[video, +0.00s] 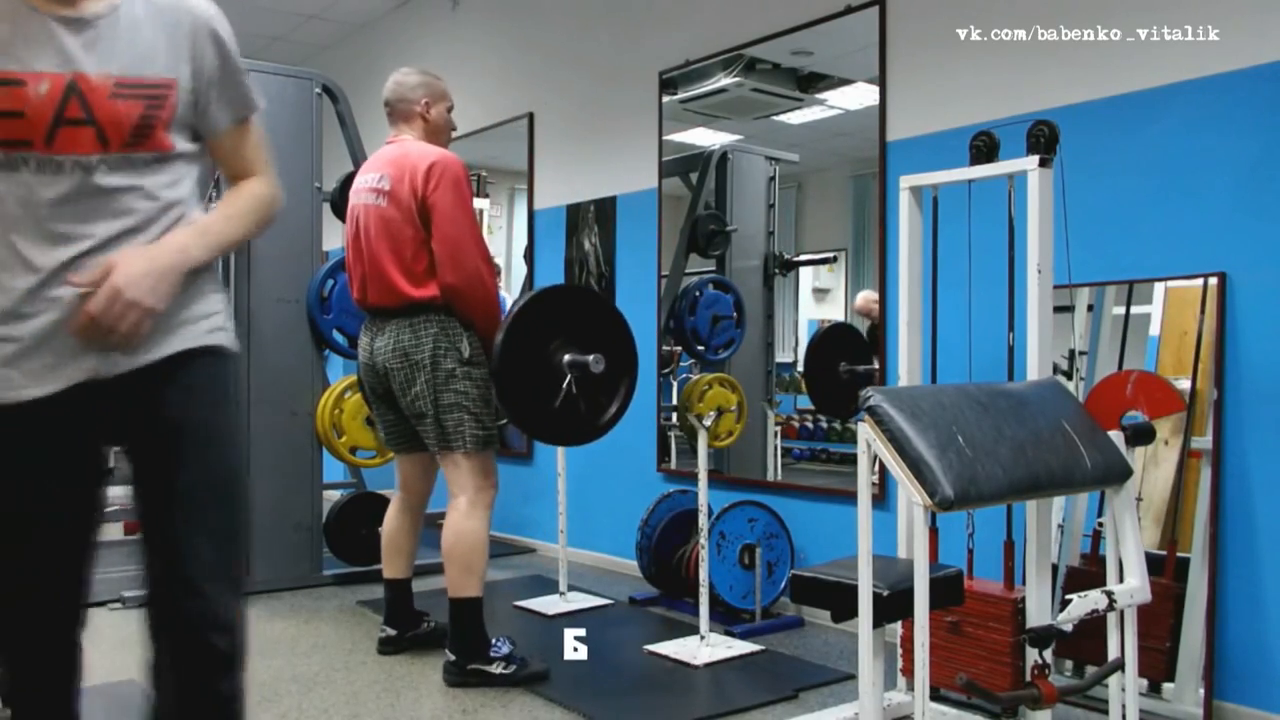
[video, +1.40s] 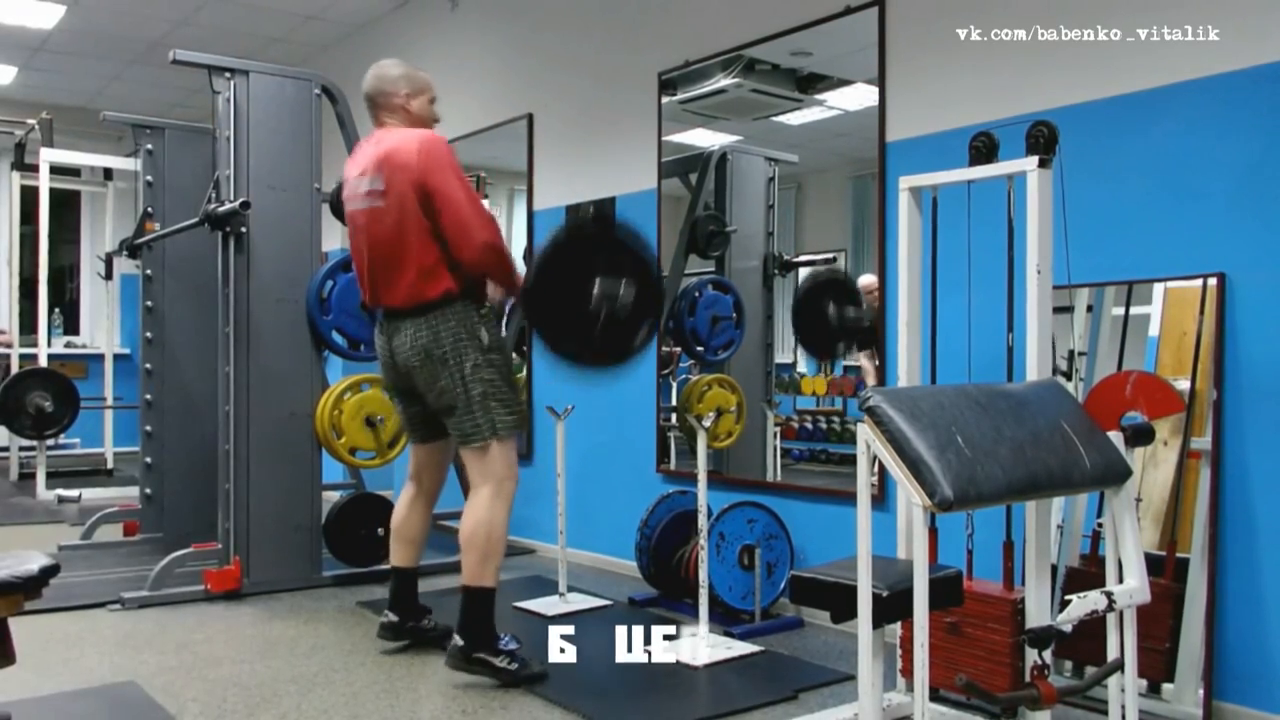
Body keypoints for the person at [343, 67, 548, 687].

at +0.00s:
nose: (453, 122)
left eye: (451, 112)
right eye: (450, 111)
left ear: (399, 112)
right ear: (427, 108)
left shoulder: (368, 171)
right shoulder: (438, 164)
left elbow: (360, 271)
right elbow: (464, 270)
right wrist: (498, 341)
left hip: (378, 338)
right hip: (436, 333)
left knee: (412, 482)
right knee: (472, 488)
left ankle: (400, 621)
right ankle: (470, 650)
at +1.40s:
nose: (435, 109)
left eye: (432, 99)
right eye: (428, 100)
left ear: (380, 104)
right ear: (401, 100)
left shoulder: (356, 164)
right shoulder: (425, 147)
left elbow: (368, 267)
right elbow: (476, 242)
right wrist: (511, 281)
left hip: (396, 333)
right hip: (449, 324)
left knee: (424, 473)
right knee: (494, 476)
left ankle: (401, 612)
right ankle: (477, 638)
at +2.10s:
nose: (473, 124)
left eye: (471, 114)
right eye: (468, 114)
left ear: (418, 118)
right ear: (444, 114)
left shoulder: (383, 178)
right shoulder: (463, 171)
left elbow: (399, 265)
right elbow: (511, 261)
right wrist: (516, 190)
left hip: (408, 349)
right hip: (464, 346)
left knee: (427, 485)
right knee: (491, 496)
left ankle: (400, 622)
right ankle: (470, 656)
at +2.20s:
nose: (470, 121)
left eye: (468, 109)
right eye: (465, 109)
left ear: (415, 115)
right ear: (441, 111)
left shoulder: (381, 175)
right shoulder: (455, 170)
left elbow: (388, 262)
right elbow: (501, 258)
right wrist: (499, 197)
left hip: (402, 346)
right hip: (457, 342)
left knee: (424, 487)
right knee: (488, 495)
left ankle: (400, 623)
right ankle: (470, 655)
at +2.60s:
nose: (454, 124)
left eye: (454, 114)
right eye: (451, 113)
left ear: (401, 112)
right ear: (425, 109)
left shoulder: (363, 173)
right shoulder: (436, 163)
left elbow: (362, 270)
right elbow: (476, 263)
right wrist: (515, 330)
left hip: (384, 341)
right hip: (442, 336)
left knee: (413, 482)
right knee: (478, 492)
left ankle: (399, 622)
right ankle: (470, 654)